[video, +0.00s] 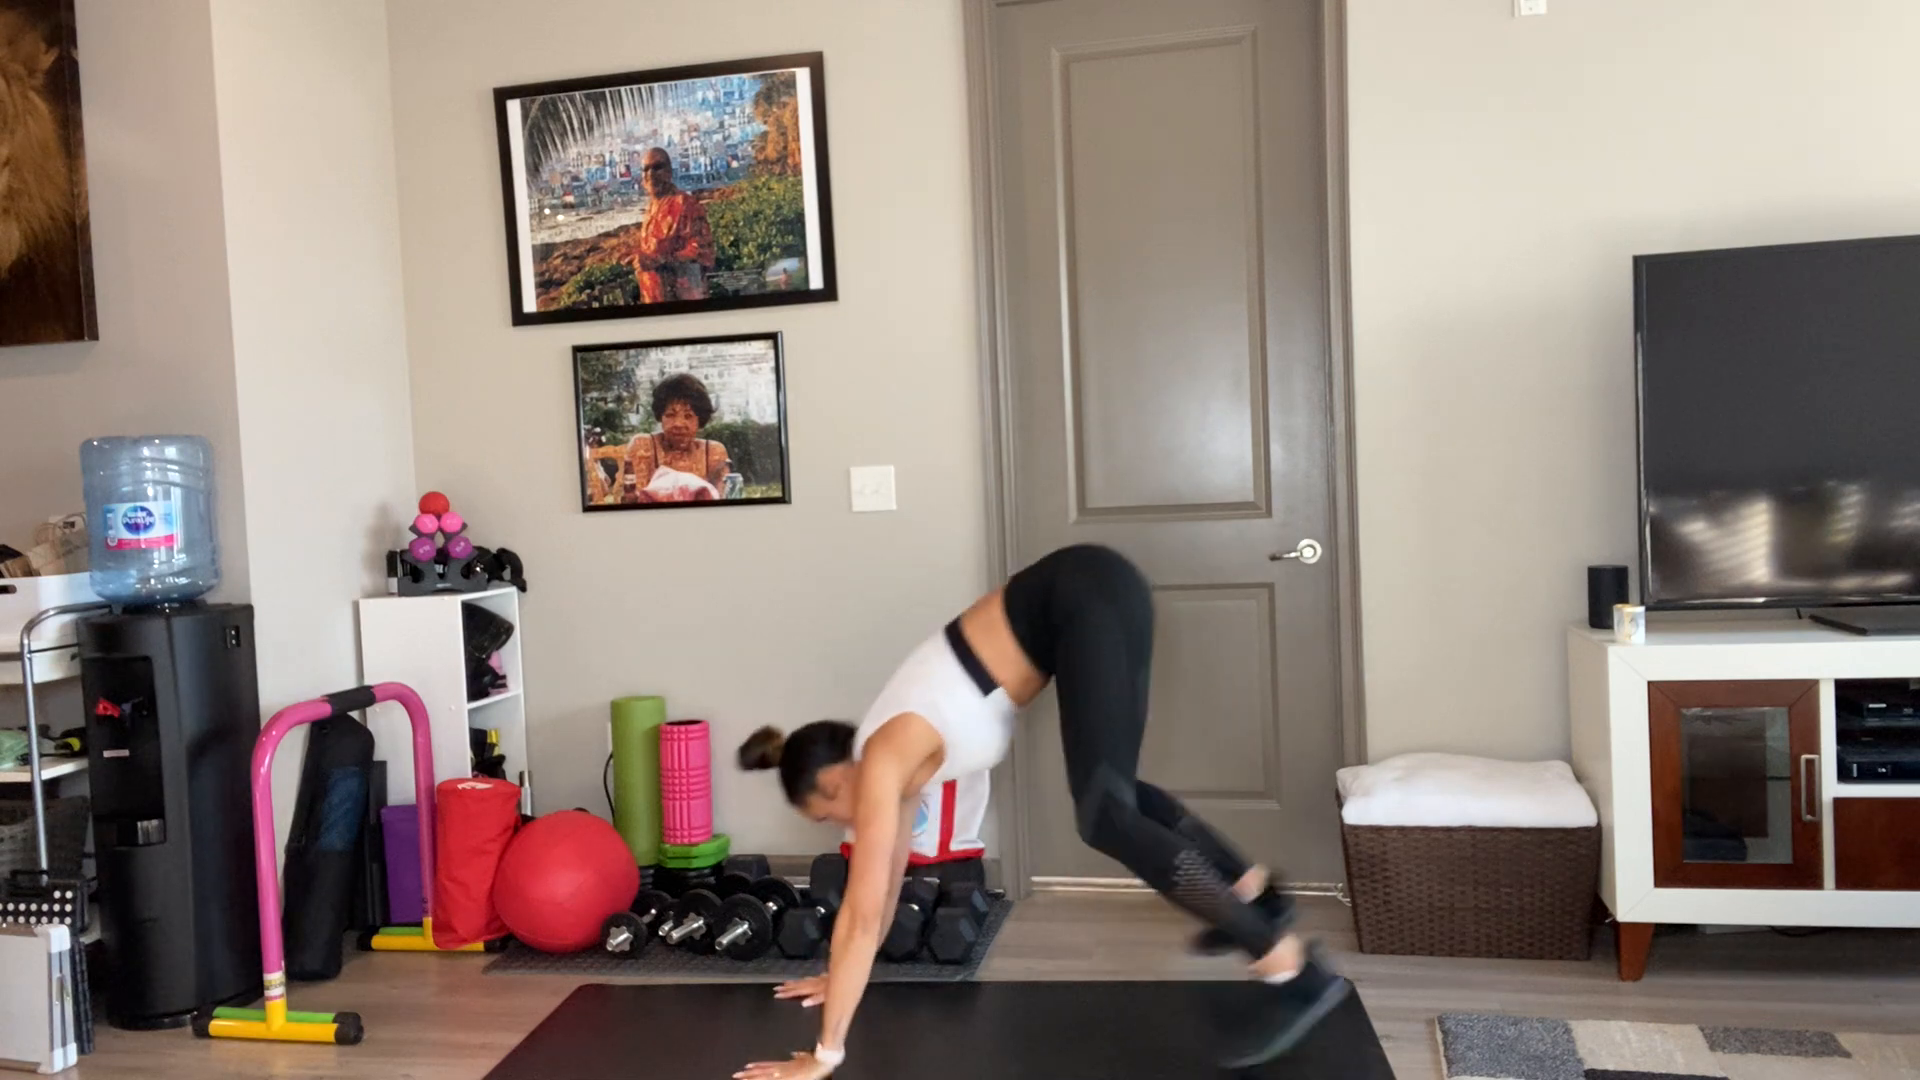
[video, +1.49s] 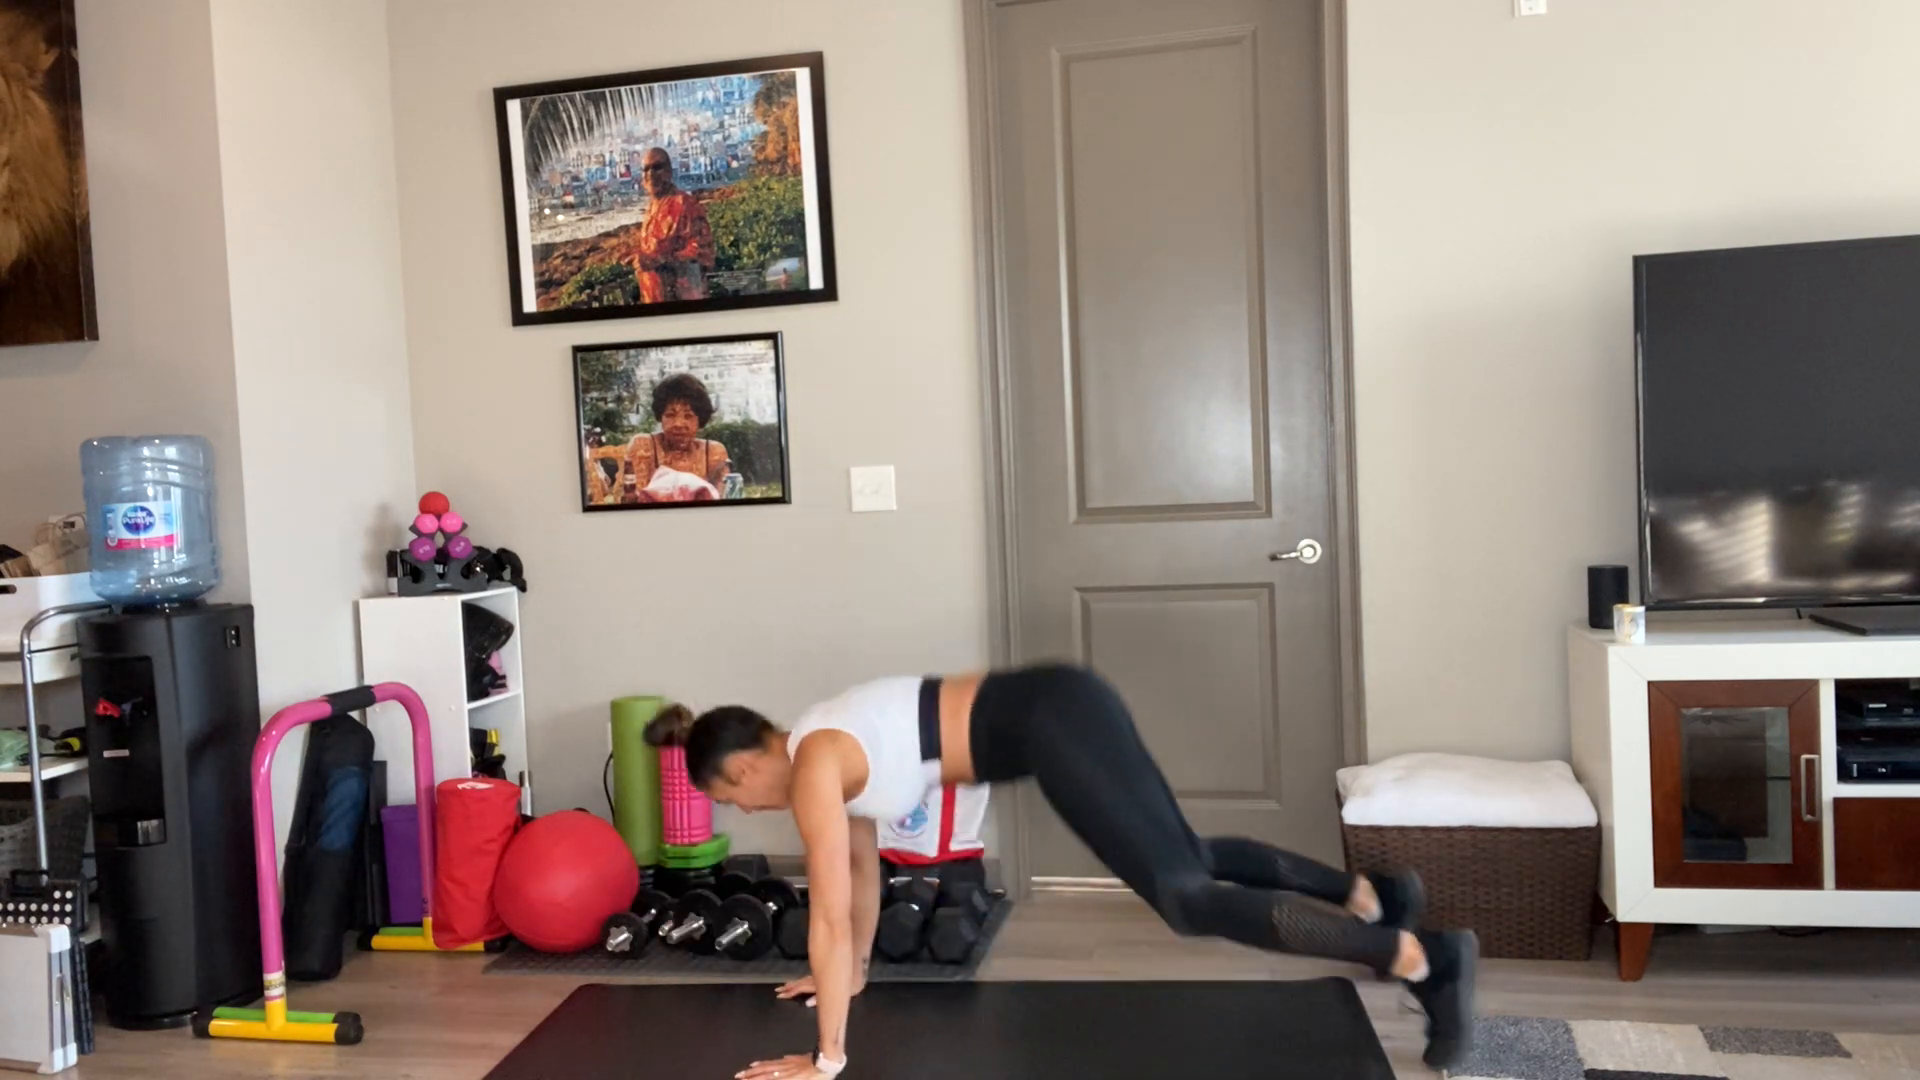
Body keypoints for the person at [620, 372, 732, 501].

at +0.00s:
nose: (679, 424)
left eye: (688, 416)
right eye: (670, 415)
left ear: (700, 420)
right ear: (660, 417)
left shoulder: (714, 451)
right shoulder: (641, 446)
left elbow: (721, 499)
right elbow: (632, 499)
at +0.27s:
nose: (679, 424)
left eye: (688, 416)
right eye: (670, 415)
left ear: (700, 420)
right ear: (660, 418)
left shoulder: (714, 451)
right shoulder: (641, 446)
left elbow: (722, 499)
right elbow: (633, 499)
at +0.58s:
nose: (679, 424)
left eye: (688, 416)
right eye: (670, 415)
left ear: (700, 420)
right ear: (660, 417)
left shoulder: (714, 451)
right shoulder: (641, 446)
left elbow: (722, 499)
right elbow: (628, 499)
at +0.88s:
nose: (679, 424)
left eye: (688, 416)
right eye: (670, 415)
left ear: (700, 420)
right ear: (660, 418)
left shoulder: (714, 451)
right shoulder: (641, 446)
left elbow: (722, 499)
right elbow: (629, 499)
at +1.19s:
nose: (679, 424)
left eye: (688, 416)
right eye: (670, 415)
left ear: (700, 420)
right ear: (660, 417)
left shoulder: (714, 451)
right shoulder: (641, 446)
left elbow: (722, 499)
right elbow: (630, 499)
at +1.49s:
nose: (679, 424)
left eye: (688, 416)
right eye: (670, 415)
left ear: (700, 420)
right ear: (660, 417)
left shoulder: (714, 451)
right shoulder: (641, 446)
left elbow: (722, 499)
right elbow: (632, 499)